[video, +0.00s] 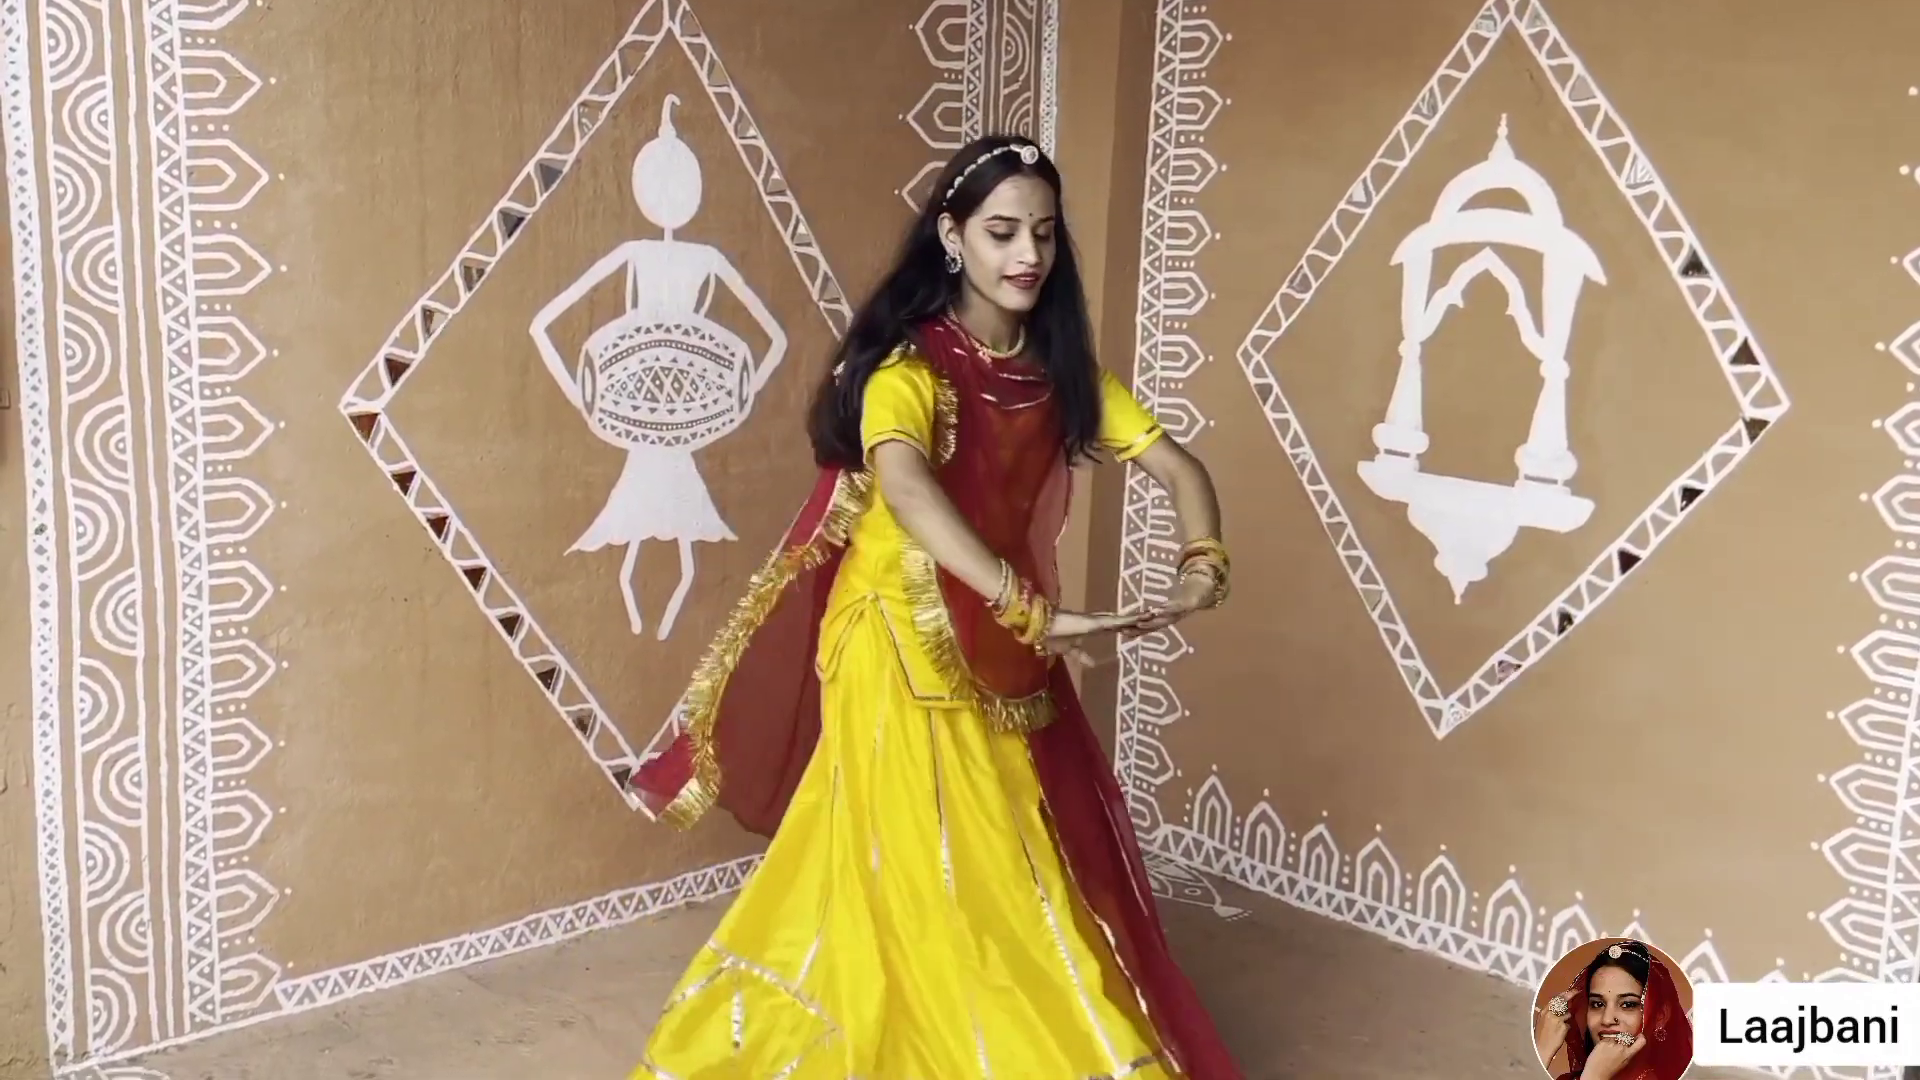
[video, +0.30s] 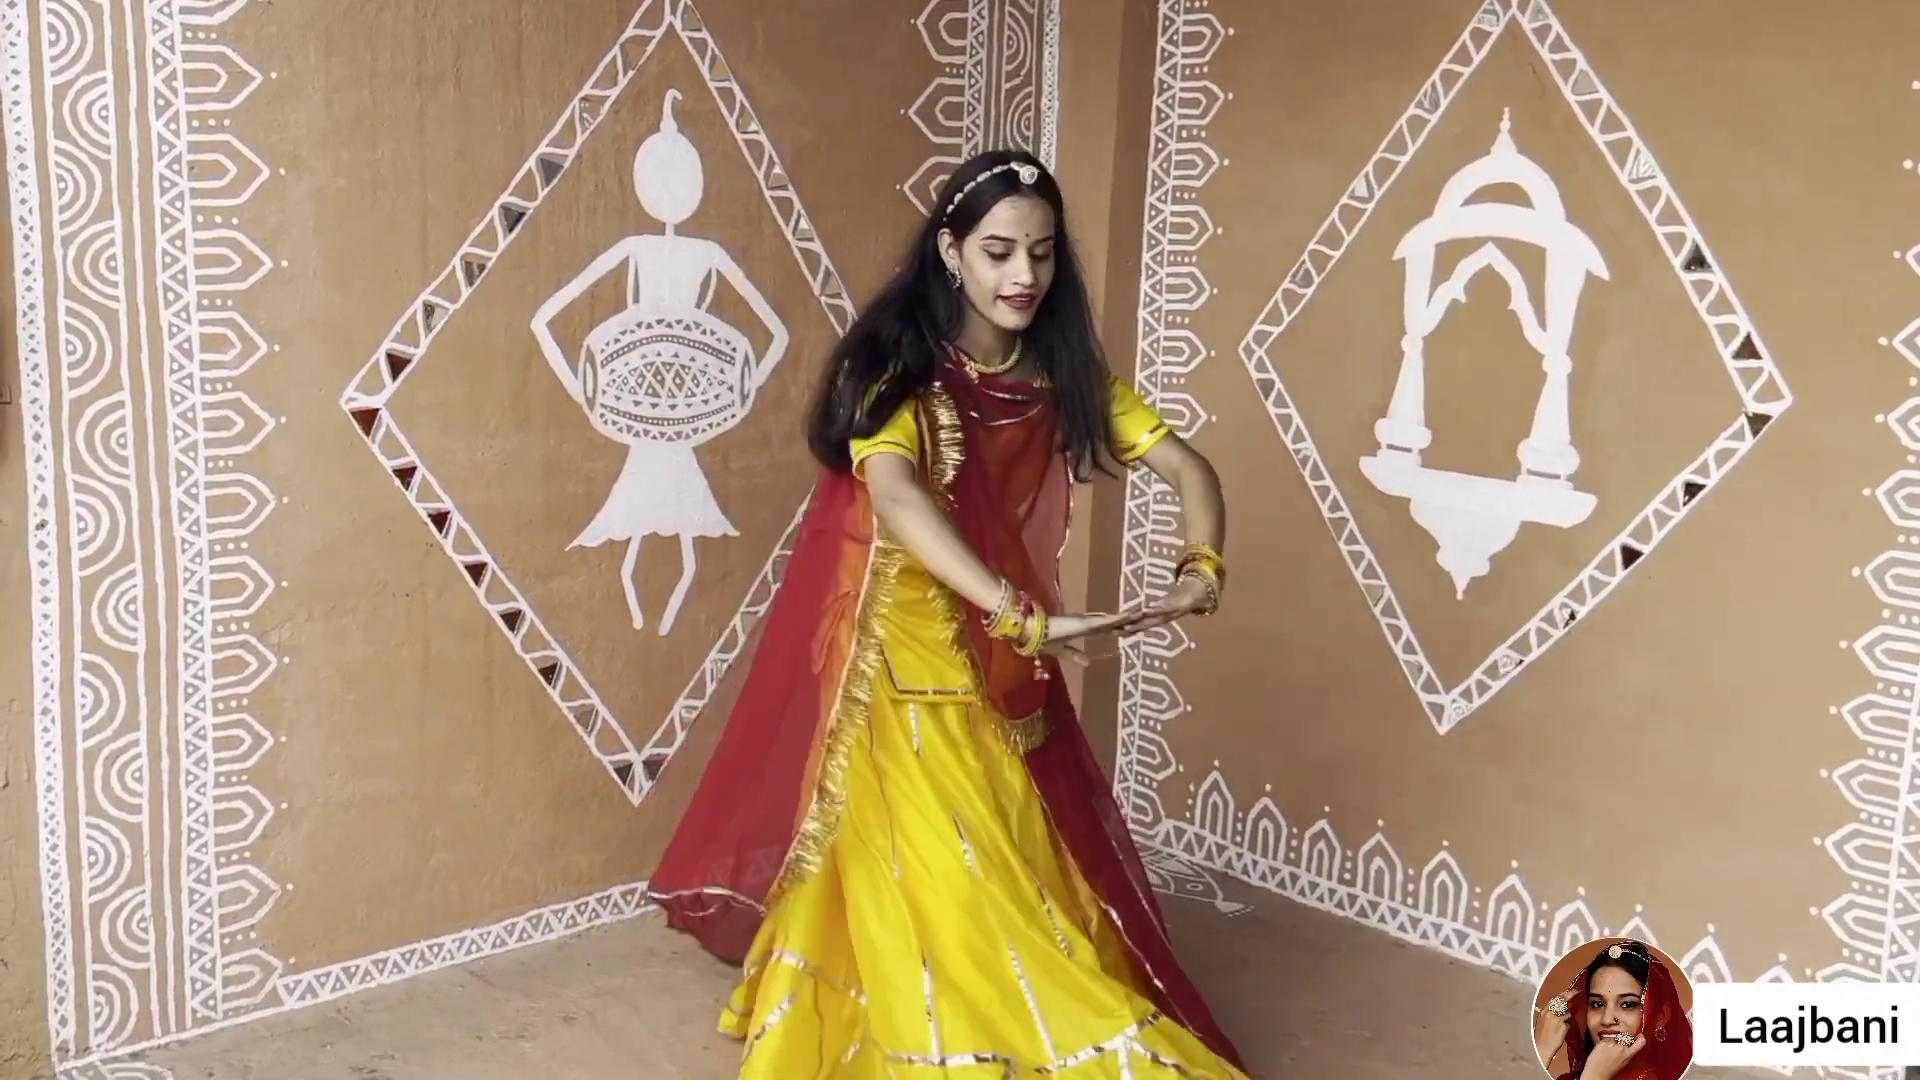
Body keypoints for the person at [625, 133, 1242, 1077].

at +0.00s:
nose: (1029, 255)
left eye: (1044, 232)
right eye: (1005, 232)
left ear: (1058, 242)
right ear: (953, 239)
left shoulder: (1063, 372)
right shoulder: (910, 367)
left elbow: (1177, 464)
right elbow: (904, 491)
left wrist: (1204, 557)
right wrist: (1024, 604)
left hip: (1006, 641)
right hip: (900, 640)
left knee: (1046, 867)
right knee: (970, 872)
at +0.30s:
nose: (1024, 276)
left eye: (1041, 254)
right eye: (1000, 252)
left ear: (1059, 260)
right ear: (951, 254)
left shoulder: (1059, 374)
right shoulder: (900, 366)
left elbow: (1188, 466)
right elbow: (895, 500)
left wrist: (1205, 558)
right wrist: (1013, 607)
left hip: (1008, 638)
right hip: (905, 636)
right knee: (976, 851)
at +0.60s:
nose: (943, 234)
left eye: (966, 212)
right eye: (923, 209)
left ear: (995, 217)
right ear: (892, 209)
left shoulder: (1030, 327)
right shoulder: (836, 322)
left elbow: (1179, 403)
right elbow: (735, 426)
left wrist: (1088, 480)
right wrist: (879, 503)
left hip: (1003, 631)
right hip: (876, 632)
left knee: (1005, 850)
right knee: (901, 850)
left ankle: (1018, 1044)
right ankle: (903, 1049)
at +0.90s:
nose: (875, 182)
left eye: (900, 163)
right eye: (861, 157)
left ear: (946, 169)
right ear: (843, 157)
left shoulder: (987, 275)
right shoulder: (801, 266)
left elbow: (1138, 296)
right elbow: (649, 287)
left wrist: (986, 322)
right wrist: (795, 311)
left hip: (951, 588)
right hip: (817, 585)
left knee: (951, 818)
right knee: (824, 814)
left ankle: (969, 1038)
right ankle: (829, 1038)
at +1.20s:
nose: (799, 222)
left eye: (825, 205)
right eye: (791, 199)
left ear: (881, 216)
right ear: (783, 200)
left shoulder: (932, 320)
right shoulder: (765, 324)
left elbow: (977, 438)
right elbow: (645, 415)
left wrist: (841, 520)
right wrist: (691, 502)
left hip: (913, 624)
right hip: (788, 624)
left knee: (898, 845)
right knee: (750, 847)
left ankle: (924, 1049)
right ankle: (791, 1053)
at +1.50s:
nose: (740, 218)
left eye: (765, 201)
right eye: (733, 196)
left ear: (825, 209)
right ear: (725, 199)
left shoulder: (877, 312)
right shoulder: (729, 322)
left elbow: (801, 414)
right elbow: (604, 410)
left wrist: (650, 502)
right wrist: (534, 496)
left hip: (895, 627)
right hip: (785, 633)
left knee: (847, 874)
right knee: (721, 865)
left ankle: (862, 1062)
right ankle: (694, 1059)